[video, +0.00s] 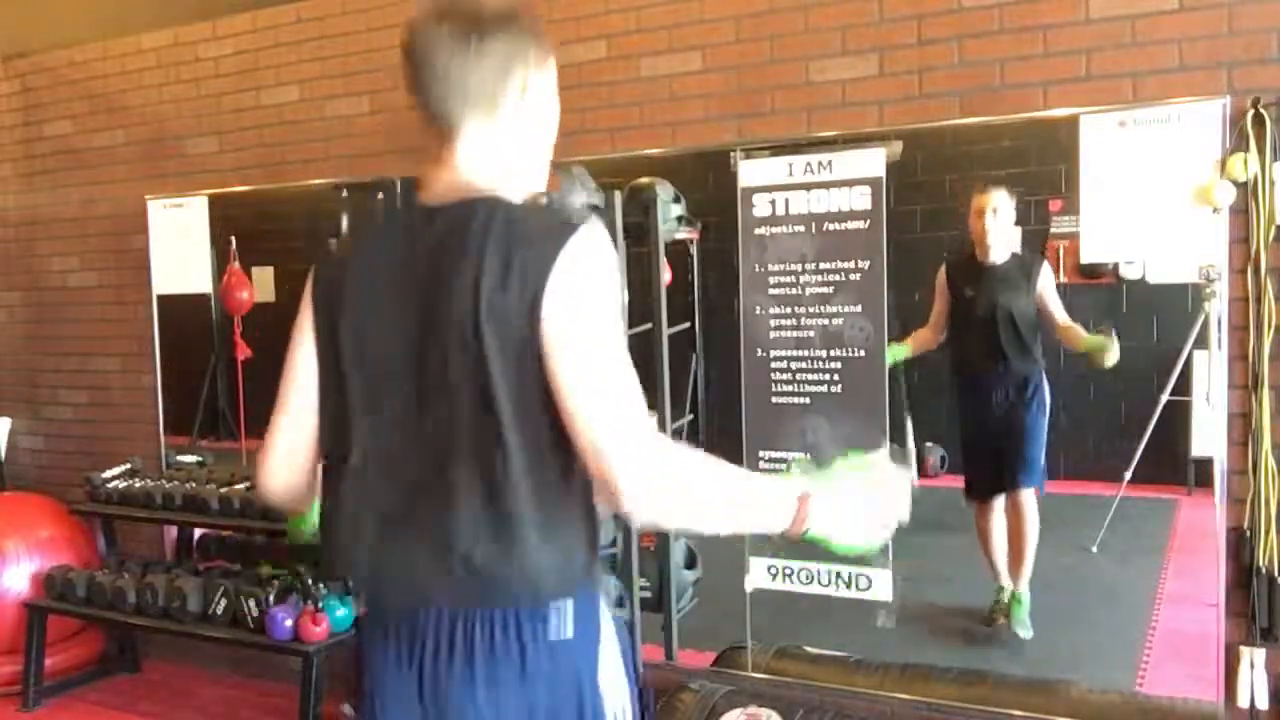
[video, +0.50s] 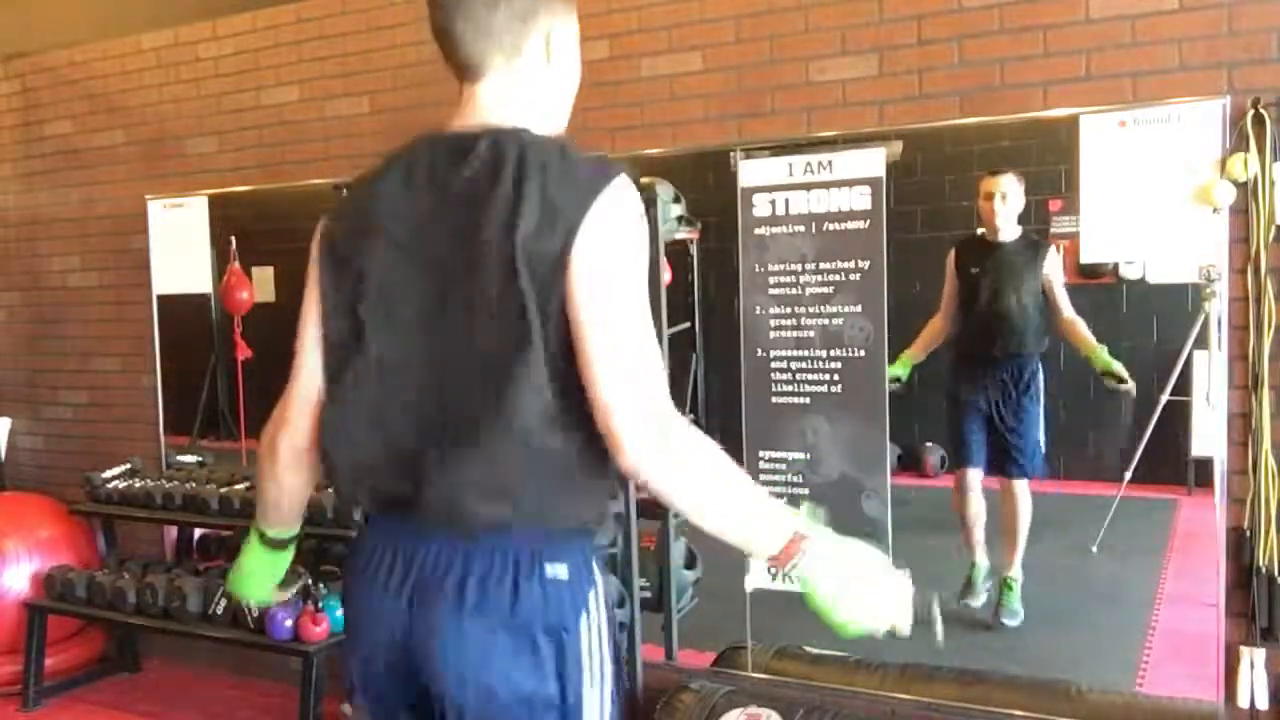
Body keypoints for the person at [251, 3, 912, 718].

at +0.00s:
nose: (557, 118)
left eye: (553, 93)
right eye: (553, 93)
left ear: (424, 105)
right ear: (528, 97)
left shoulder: (339, 270)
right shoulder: (557, 247)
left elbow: (282, 478)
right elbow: (632, 472)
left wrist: (393, 434)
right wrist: (810, 502)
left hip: (396, 637)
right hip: (539, 635)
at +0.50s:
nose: (581, 61)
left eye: (577, 41)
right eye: (577, 39)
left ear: (454, 52)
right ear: (555, 41)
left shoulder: (354, 212)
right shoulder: (588, 194)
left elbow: (296, 427)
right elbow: (644, 436)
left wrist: (270, 541)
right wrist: (809, 552)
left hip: (381, 578)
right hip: (530, 595)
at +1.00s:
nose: (540, 80)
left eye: (538, 57)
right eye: (537, 56)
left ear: (416, 62)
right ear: (517, 57)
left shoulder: (311, 229)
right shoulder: (540, 198)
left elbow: (268, 454)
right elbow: (589, 441)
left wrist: (267, 512)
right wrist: (760, 533)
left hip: (356, 573)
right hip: (504, 582)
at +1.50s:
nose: (513, 145)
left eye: (506, 121)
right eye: (508, 121)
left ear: (384, 134)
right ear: (487, 122)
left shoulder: (299, 292)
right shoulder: (516, 267)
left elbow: (242, 511)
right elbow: (597, 502)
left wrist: (346, 421)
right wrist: (791, 491)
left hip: (371, 640)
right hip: (518, 642)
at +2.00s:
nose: (562, 156)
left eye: (557, 130)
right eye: (557, 130)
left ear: (436, 136)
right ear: (530, 129)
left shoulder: (326, 302)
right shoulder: (563, 292)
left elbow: (265, 508)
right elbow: (638, 524)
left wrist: (373, 440)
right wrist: (812, 522)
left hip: (373, 665)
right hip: (520, 667)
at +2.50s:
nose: (545, 83)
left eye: (542, 56)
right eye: (541, 56)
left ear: (412, 62)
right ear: (513, 61)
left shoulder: (312, 223)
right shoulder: (543, 201)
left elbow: (241, 438)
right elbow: (601, 444)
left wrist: (219, 531)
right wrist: (775, 540)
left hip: (339, 595)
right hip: (488, 607)